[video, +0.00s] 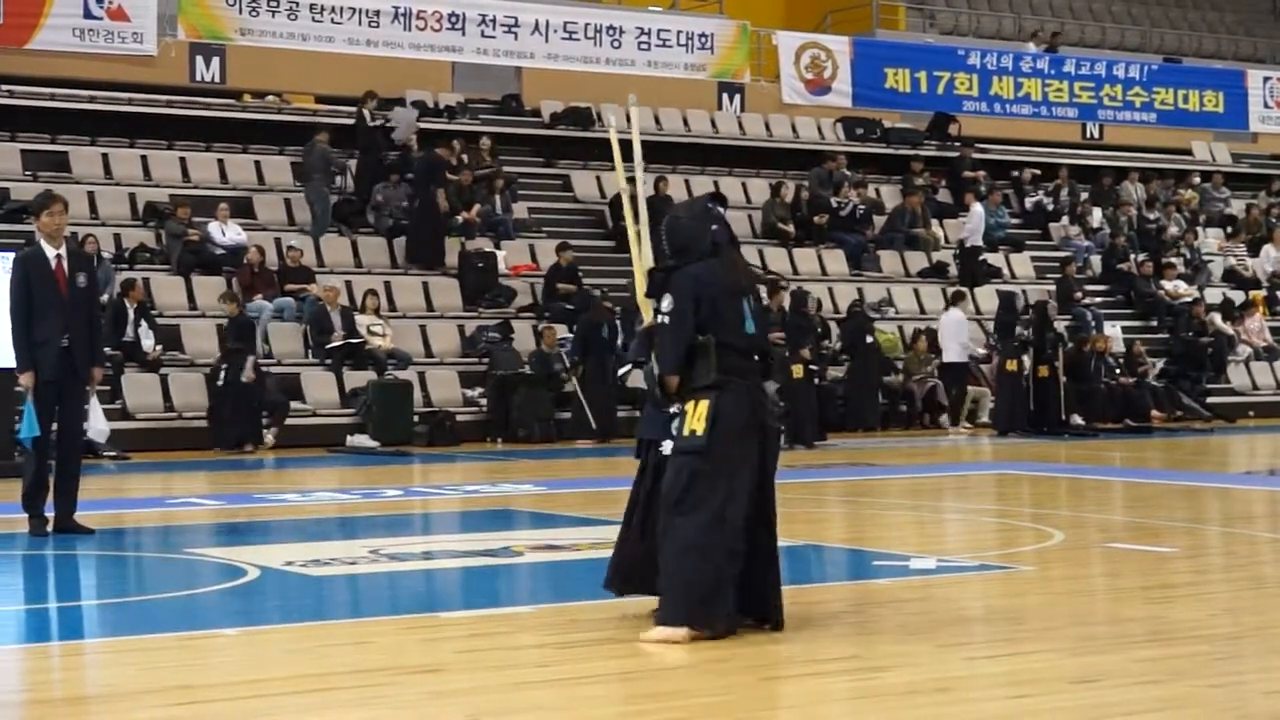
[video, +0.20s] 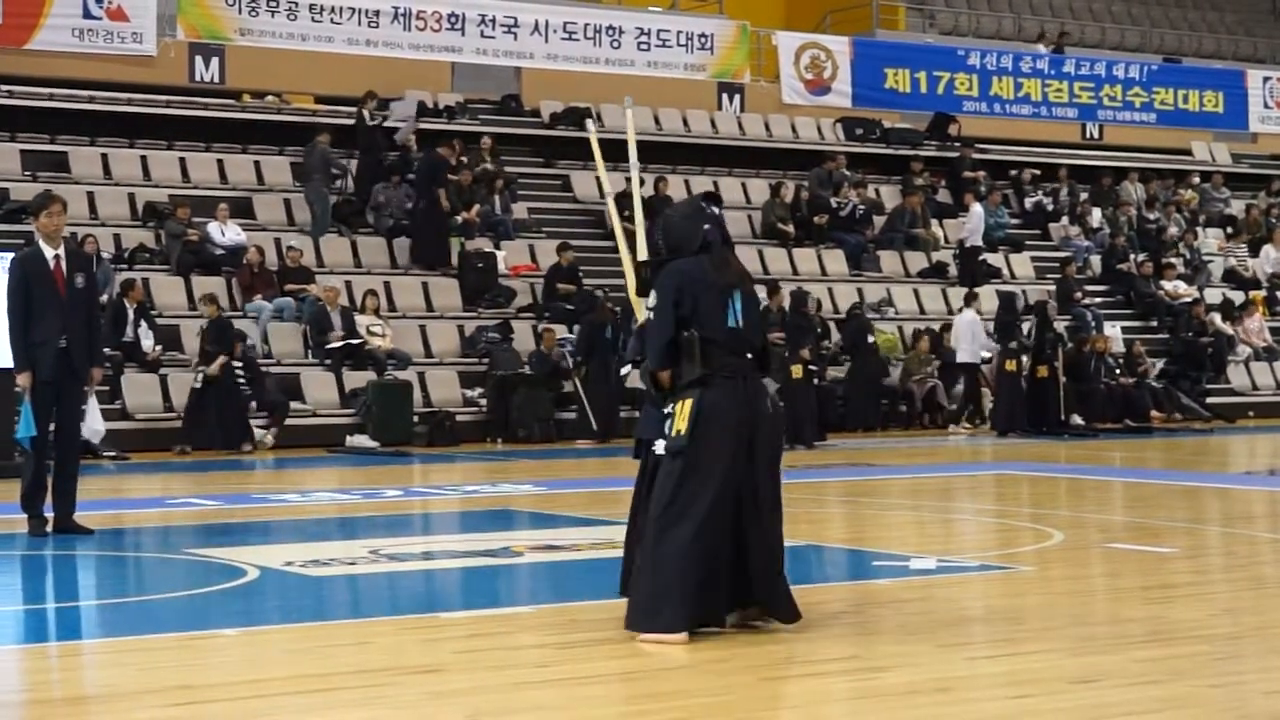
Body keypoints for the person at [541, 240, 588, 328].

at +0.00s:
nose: (572, 255)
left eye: (571, 252)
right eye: (569, 252)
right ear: (561, 254)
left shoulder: (573, 268)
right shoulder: (553, 270)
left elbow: (579, 288)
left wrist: (560, 287)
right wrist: (573, 289)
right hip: (554, 302)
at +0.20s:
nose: (573, 255)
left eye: (572, 252)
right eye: (570, 252)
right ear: (562, 253)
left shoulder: (574, 268)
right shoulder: (553, 269)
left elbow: (579, 288)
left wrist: (559, 286)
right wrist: (572, 289)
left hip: (571, 302)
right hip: (554, 302)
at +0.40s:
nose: (570, 255)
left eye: (569, 252)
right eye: (567, 252)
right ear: (559, 254)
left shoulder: (572, 267)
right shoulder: (552, 270)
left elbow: (578, 287)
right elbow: (552, 291)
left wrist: (558, 286)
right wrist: (572, 289)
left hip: (570, 301)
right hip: (554, 303)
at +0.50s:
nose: (569, 254)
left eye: (568, 252)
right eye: (565, 252)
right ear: (557, 254)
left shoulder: (570, 267)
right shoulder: (549, 270)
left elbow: (577, 287)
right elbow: (549, 291)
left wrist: (557, 287)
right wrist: (571, 289)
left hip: (569, 300)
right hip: (553, 302)